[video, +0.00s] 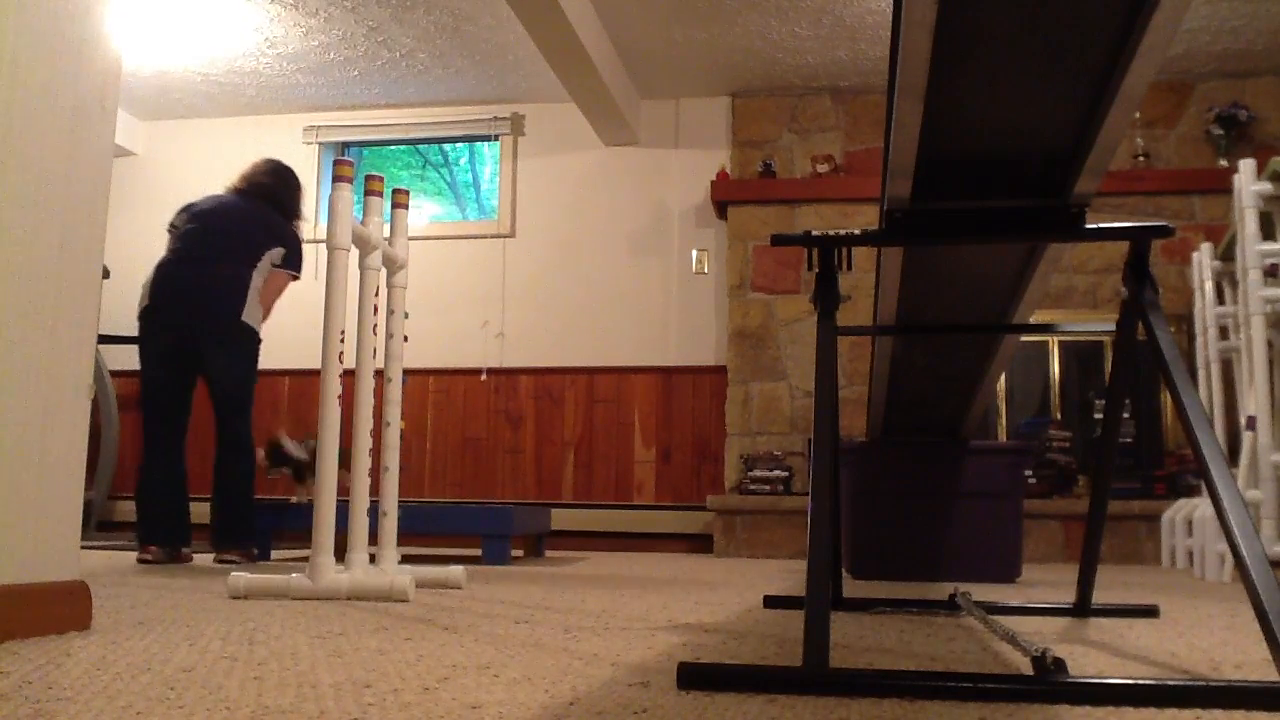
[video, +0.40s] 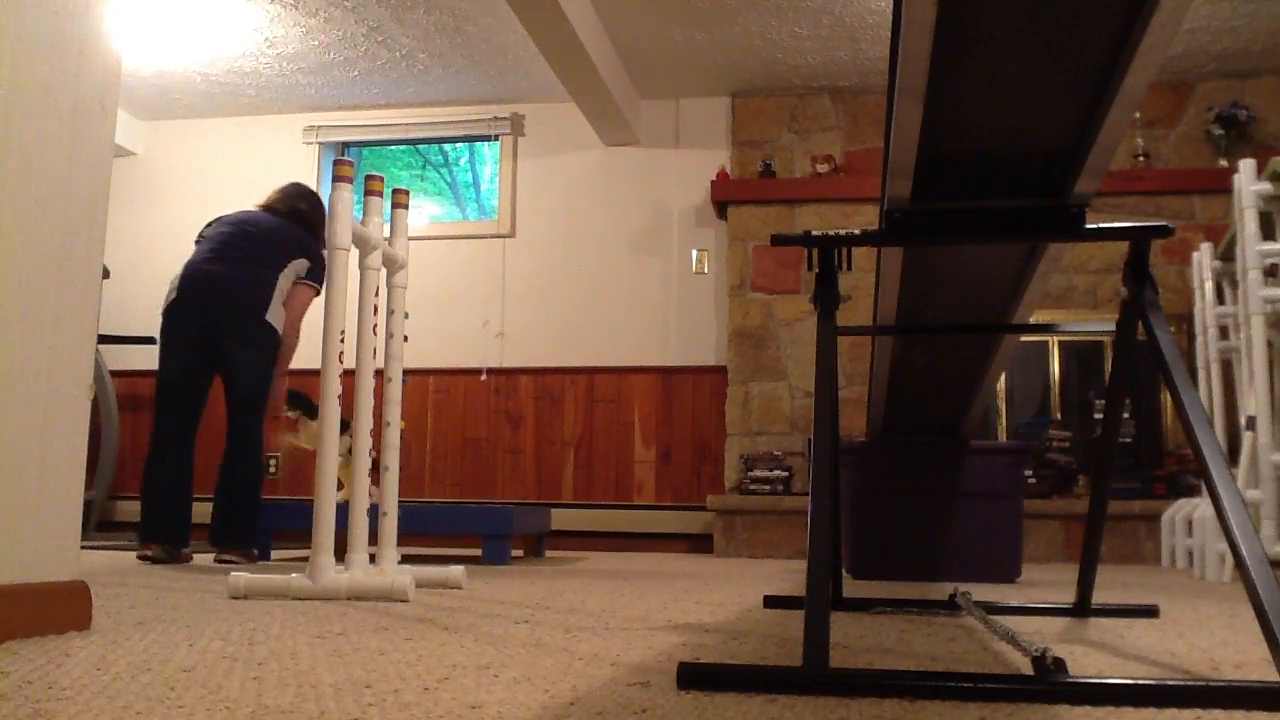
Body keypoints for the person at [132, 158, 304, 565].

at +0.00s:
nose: (297, 211)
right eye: (296, 203)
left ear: (243, 182)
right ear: (290, 198)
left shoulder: (195, 207)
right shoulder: (283, 233)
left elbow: (172, 264)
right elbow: (266, 297)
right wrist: (244, 335)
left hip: (163, 321)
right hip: (227, 329)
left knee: (163, 432)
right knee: (234, 433)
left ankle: (160, 539)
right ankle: (233, 540)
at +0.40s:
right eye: (318, 227)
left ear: (270, 203)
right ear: (314, 222)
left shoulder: (226, 221)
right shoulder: (310, 249)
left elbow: (191, 286)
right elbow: (291, 319)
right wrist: (279, 379)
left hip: (185, 319)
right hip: (249, 329)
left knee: (174, 426)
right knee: (245, 434)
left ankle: (164, 539)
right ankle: (233, 542)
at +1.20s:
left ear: (300, 216)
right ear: (334, 233)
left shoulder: (259, 233)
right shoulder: (326, 257)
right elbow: (309, 342)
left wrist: (270, 361)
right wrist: (307, 404)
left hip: (191, 307)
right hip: (250, 322)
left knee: (192, 423)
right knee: (249, 433)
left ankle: (178, 532)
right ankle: (235, 542)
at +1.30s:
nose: (346, 271)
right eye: (347, 262)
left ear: (305, 225)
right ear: (338, 244)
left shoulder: (265, 242)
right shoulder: (327, 259)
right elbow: (304, 341)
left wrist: (284, 374)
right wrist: (308, 398)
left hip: (188, 309)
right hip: (247, 323)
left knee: (196, 423)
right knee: (248, 431)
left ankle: (184, 534)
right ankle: (234, 540)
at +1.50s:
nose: (353, 297)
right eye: (355, 287)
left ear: (325, 253)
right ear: (348, 270)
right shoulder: (329, 272)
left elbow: (280, 370)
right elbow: (308, 360)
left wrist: (319, 417)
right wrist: (329, 407)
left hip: (178, 321)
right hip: (227, 333)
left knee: (208, 434)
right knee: (245, 441)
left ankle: (212, 538)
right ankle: (236, 543)